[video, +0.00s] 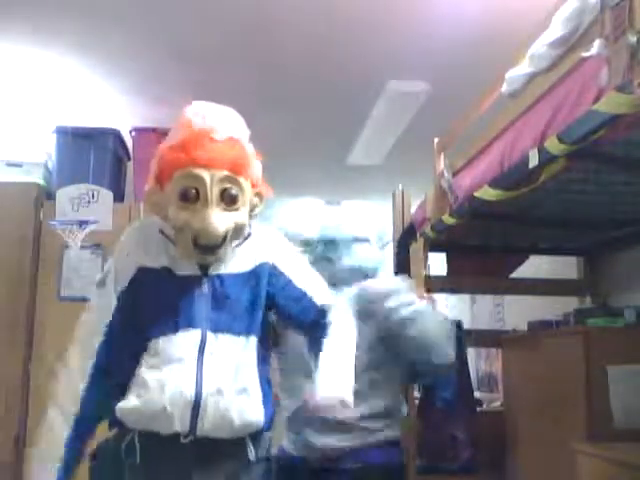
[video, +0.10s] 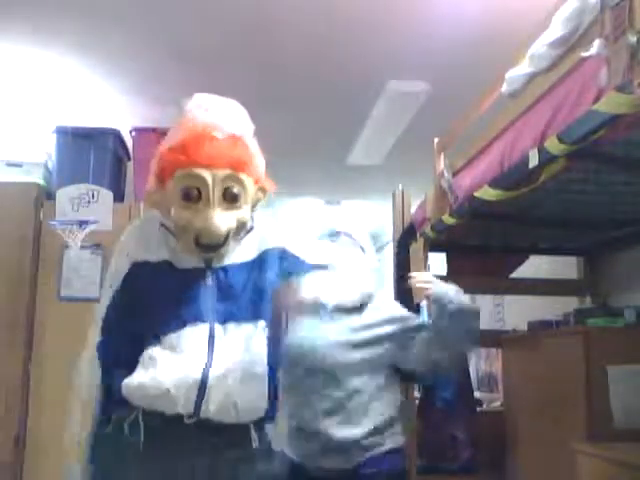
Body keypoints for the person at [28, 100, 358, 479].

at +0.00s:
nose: (210, 218)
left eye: (229, 197)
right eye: (190, 195)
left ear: (251, 203)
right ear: (162, 200)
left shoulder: (264, 263)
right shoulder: (146, 272)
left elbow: (328, 321)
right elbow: (111, 369)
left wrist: (331, 392)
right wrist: (70, 457)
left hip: (234, 453)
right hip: (148, 452)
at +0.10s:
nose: (211, 218)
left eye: (231, 196)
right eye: (192, 195)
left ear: (256, 199)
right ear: (164, 198)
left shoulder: (279, 270)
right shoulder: (143, 277)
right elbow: (116, 370)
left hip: (243, 450)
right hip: (151, 449)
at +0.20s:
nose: (213, 208)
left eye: (231, 187)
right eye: (192, 186)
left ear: (256, 193)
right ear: (165, 192)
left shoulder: (274, 258)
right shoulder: (143, 269)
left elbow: (365, 280)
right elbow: (117, 337)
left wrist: (307, 254)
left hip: (241, 443)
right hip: (151, 439)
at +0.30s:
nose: (213, 194)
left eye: (232, 174)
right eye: (192, 172)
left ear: (260, 183)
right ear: (166, 182)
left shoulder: (280, 241)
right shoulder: (148, 239)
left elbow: (361, 273)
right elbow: (120, 323)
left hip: (247, 445)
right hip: (152, 444)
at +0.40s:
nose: (209, 183)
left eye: (230, 166)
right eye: (191, 161)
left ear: (259, 186)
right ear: (169, 178)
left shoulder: (274, 260)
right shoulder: (144, 262)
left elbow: (359, 251)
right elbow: (113, 349)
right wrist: (122, 431)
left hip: (247, 463)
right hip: (149, 464)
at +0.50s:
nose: (207, 184)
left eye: (228, 168)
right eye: (190, 164)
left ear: (256, 190)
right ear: (169, 183)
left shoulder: (274, 271)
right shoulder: (143, 268)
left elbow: (368, 271)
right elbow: (107, 357)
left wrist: (422, 236)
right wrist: (114, 450)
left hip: (240, 464)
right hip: (148, 463)